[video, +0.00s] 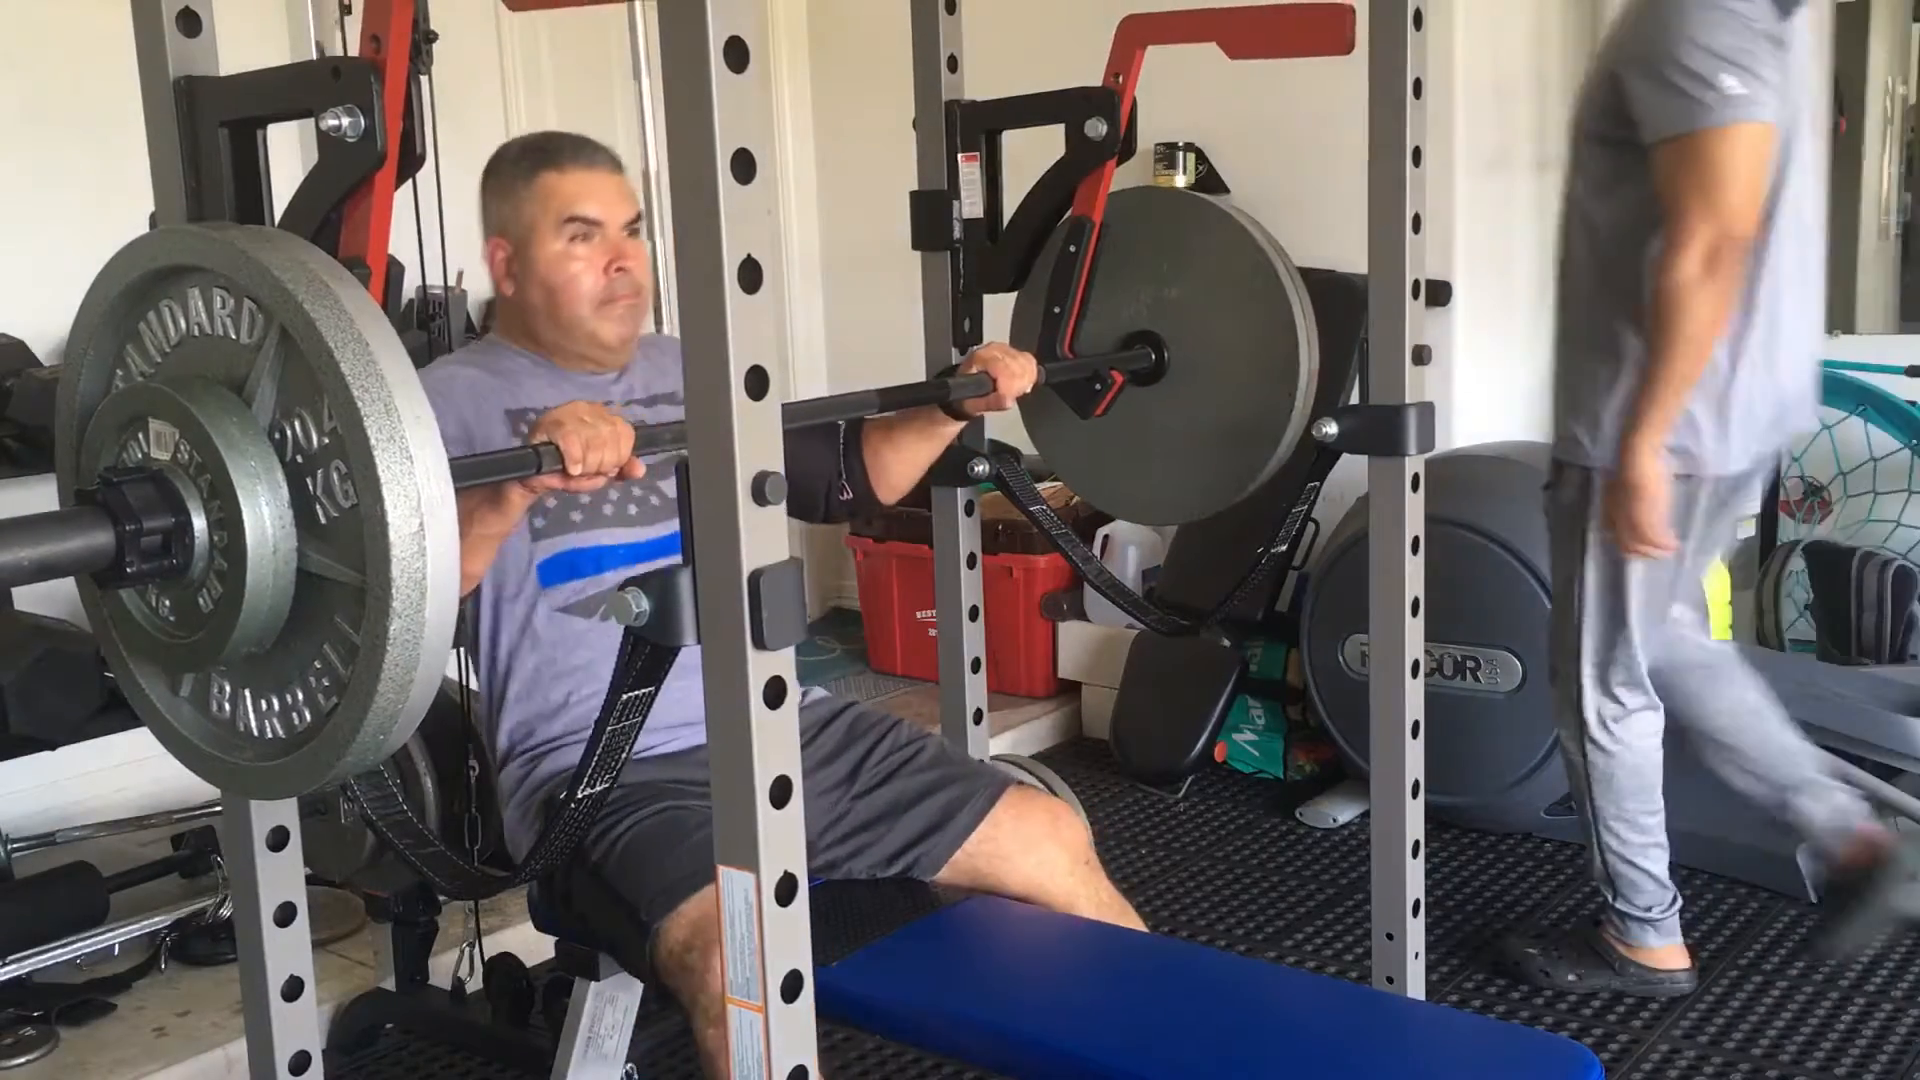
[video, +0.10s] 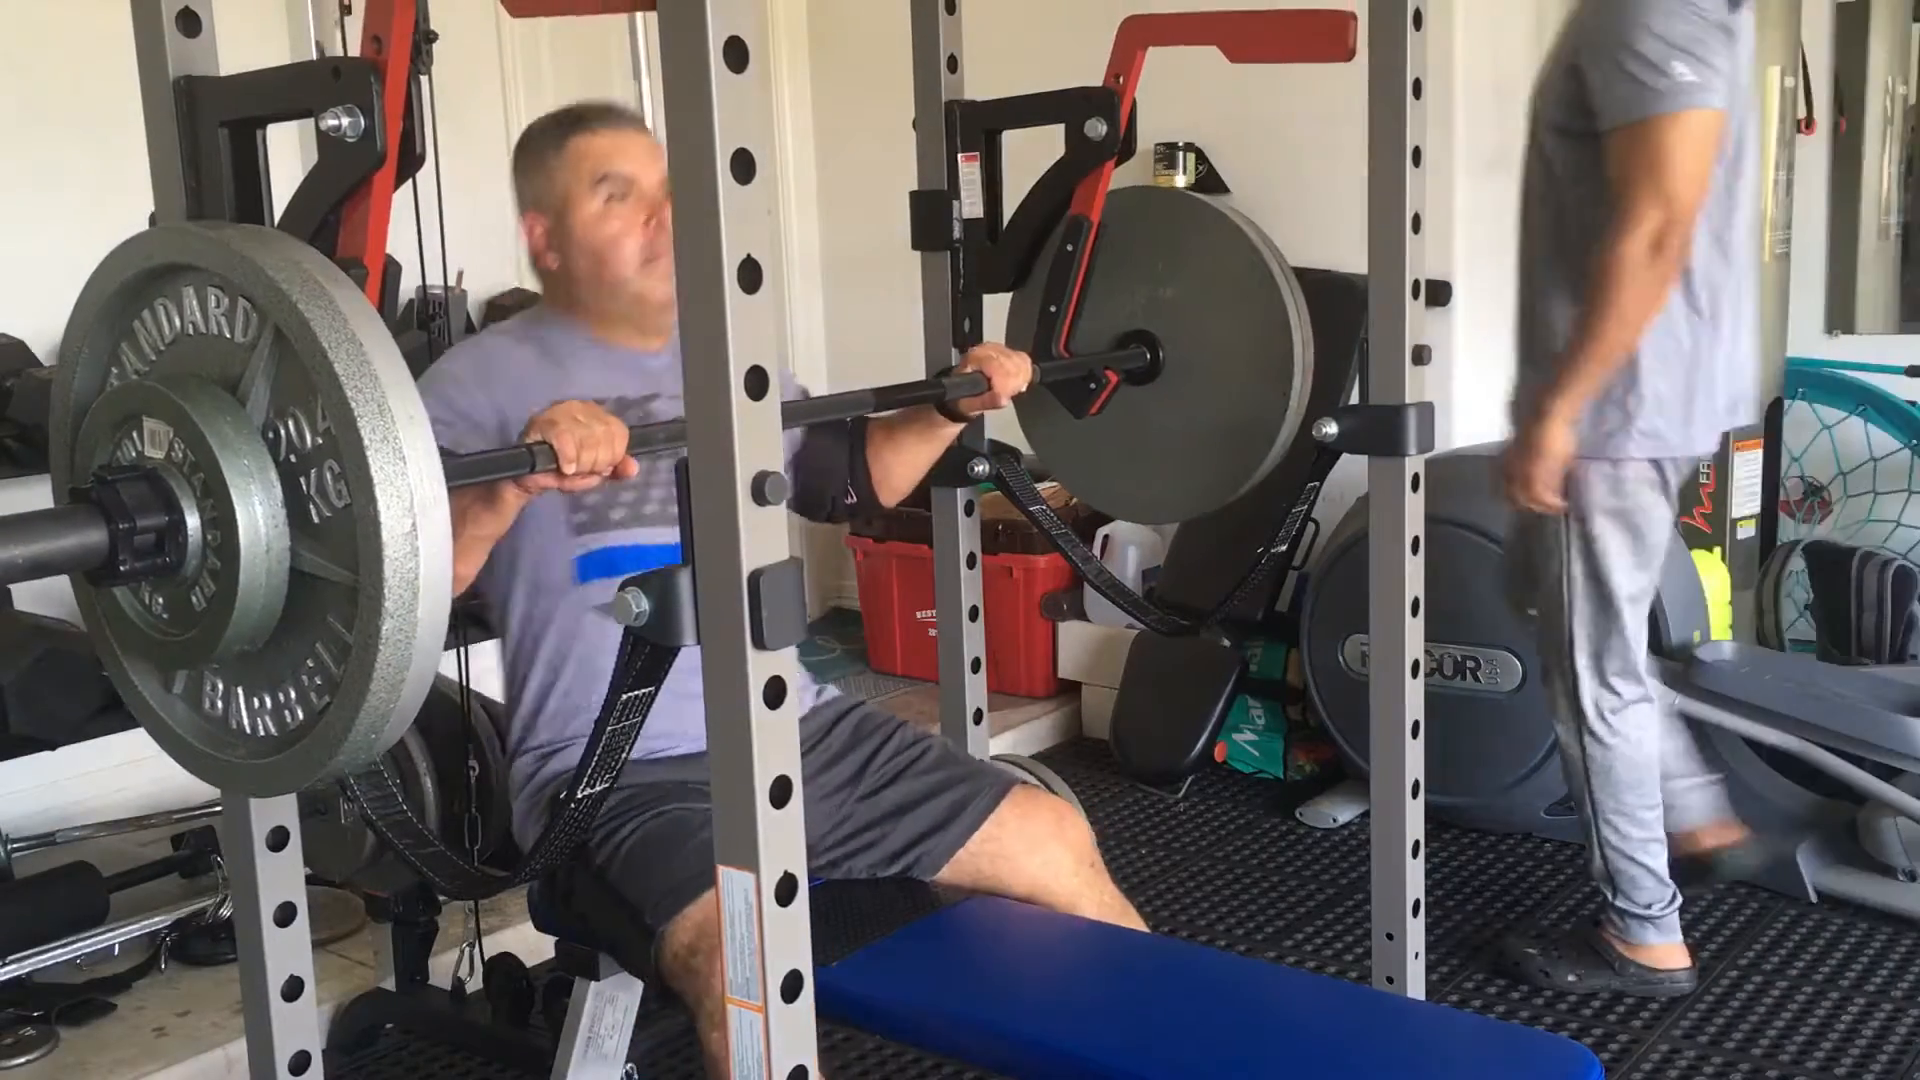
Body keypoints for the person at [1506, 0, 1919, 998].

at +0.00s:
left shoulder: (1696, 22)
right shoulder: (1757, 22)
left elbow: (1714, 237)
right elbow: (1743, 235)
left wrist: (1644, 438)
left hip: (1655, 428)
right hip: (1734, 424)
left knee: (1607, 683)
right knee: (1670, 637)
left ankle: (1643, 932)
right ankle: (1851, 839)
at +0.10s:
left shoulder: (1654, 15)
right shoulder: (1680, 19)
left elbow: (1659, 226)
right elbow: (1666, 228)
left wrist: (1557, 408)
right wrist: (1560, 397)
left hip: (1624, 417)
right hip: (1645, 408)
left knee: (1598, 675)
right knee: (1551, 594)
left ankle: (1644, 931)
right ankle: (1693, 810)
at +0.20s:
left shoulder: (1617, 16)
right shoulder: (1595, 17)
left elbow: (1617, 221)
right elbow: (1612, 225)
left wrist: (1492, 379)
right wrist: (1510, 392)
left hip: (1583, 409)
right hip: (1558, 404)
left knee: (1590, 665)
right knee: (1504, 600)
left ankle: (1647, 928)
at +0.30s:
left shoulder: (1568, 23)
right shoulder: (1524, 23)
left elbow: (1579, 230)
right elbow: (1543, 226)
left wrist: (1454, 383)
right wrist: (1456, 372)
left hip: (1544, 415)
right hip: (1500, 410)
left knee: (1573, 668)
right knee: (1468, 613)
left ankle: (1647, 925)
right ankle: (1450, 811)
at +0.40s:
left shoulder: (1531, 35)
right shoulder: (1475, 33)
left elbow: (1546, 240)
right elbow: (1454, 237)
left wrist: (1450, 408)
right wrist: (1375, 365)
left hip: (1504, 420)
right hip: (1466, 412)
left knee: (1518, 655)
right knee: (1437, 621)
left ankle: (1642, 910)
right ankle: (1442, 808)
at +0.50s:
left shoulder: (1491, 26)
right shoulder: (1425, 31)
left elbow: (1522, 232)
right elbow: (1382, 209)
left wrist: (1471, 416)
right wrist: (1330, 338)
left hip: (1467, 380)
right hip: (1425, 375)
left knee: (1419, 623)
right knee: (1406, 612)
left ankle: (1585, 839)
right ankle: (1444, 814)